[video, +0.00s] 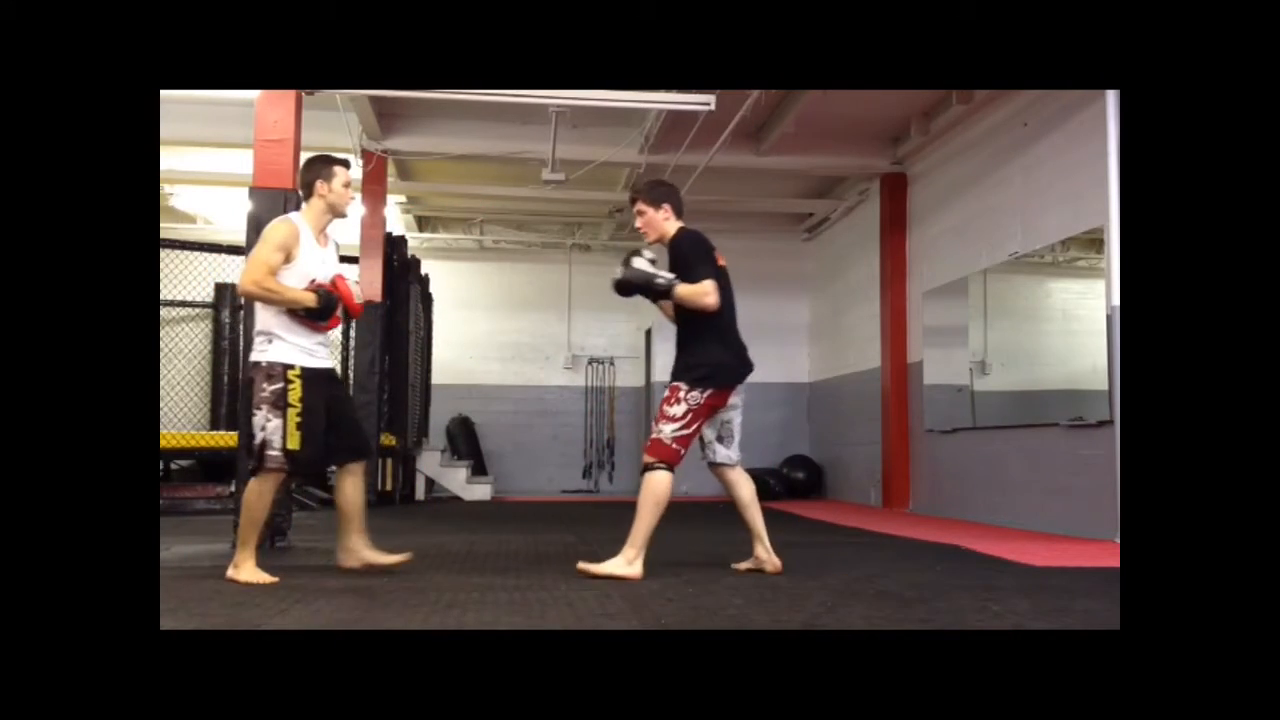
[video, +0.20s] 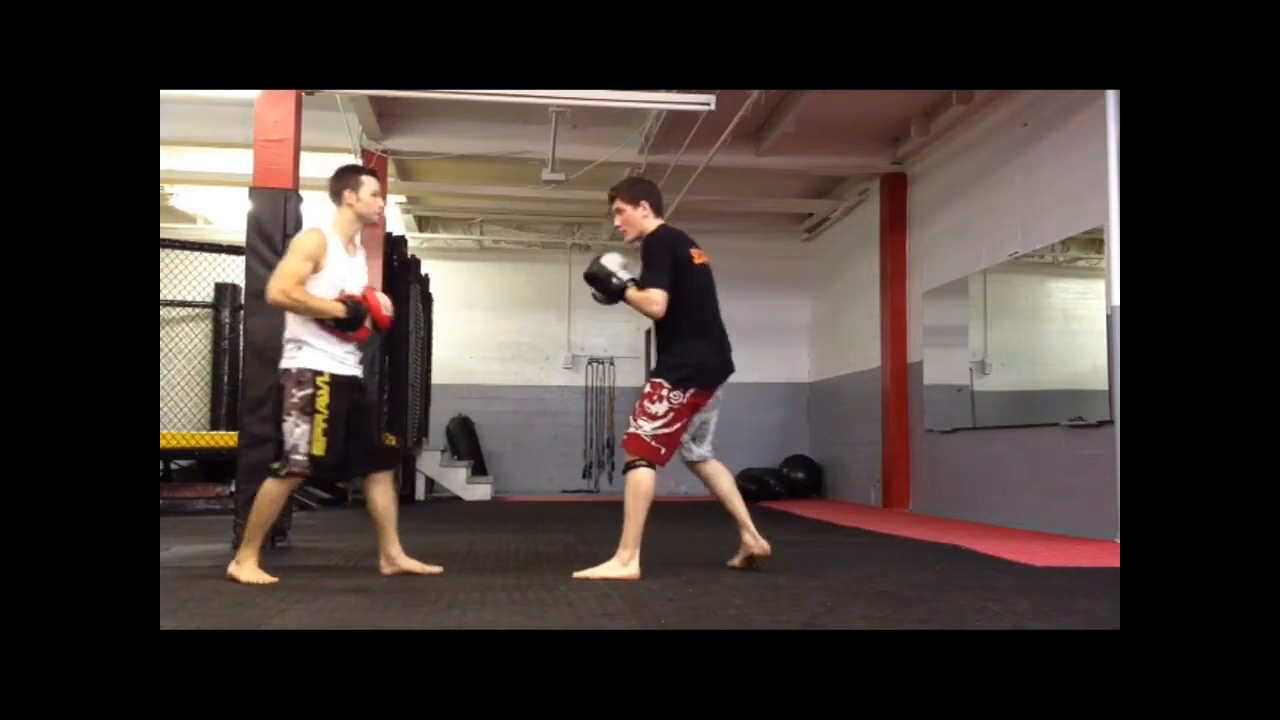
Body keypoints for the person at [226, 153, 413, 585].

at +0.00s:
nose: (352, 195)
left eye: (351, 187)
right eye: (345, 186)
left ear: (325, 191)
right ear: (319, 188)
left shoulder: (327, 243)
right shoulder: (285, 228)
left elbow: (319, 290)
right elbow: (250, 282)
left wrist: (343, 298)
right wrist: (308, 299)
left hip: (319, 366)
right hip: (279, 363)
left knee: (353, 454)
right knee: (274, 464)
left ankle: (353, 546)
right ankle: (243, 561)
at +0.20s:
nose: (382, 204)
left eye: (382, 196)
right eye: (375, 195)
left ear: (357, 199)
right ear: (348, 197)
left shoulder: (358, 252)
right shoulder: (313, 240)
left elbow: (349, 302)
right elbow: (279, 291)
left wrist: (373, 310)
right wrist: (341, 310)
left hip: (348, 372)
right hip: (309, 369)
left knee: (377, 461)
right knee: (295, 466)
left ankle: (392, 554)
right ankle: (244, 559)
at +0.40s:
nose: (414, 208)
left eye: (414, 200)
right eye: (408, 199)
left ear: (391, 202)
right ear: (382, 200)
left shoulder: (389, 255)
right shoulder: (345, 236)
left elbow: (377, 302)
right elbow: (304, 282)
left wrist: (395, 308)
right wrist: (364, 304)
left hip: (367, 366)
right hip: (328, 361)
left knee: (390, 458)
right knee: (327, 456)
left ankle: (392, 554)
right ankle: (264, 547)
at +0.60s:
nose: (423, 212)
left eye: (424, 205)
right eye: (419, 203)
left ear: (400, 204)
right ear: (394, 201)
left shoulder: (393, 254)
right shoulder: (356, 236)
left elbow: (380, 302)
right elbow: (320, 285)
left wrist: (402, 314)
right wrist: (378, 307)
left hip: (372, 367)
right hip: (336, 364)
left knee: (396, 461)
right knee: (330, 461)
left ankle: (393, 555)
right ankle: (287, 561)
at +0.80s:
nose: (415, 204)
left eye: (415, 196)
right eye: (410, 196)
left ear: (392, 198)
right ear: (385, 196)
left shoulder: (392, 248)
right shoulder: (349, 232)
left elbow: (394, 299)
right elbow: (339, 278)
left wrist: (425, 285)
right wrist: (391, 269)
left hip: (374, 366)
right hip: (336, 363)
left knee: (393, 462)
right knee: (326, 465)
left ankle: (393, 554)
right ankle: (287, 561)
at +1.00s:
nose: (403, 202)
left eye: (404, 195)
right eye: (397, 194)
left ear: (378, 198)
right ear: (371, 194)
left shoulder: (379, 241)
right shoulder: (337, 232)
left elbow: (406, 284)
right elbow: (369, 274)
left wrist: (431, 254)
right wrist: (404, 230)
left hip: (372, 367)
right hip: (335, 364)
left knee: (399, 460)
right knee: (330, 467)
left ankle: (394, 553)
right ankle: (287, 561)